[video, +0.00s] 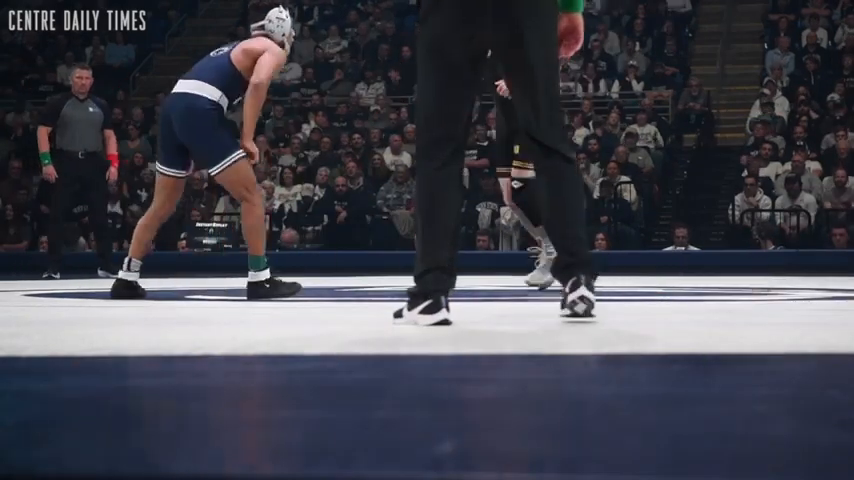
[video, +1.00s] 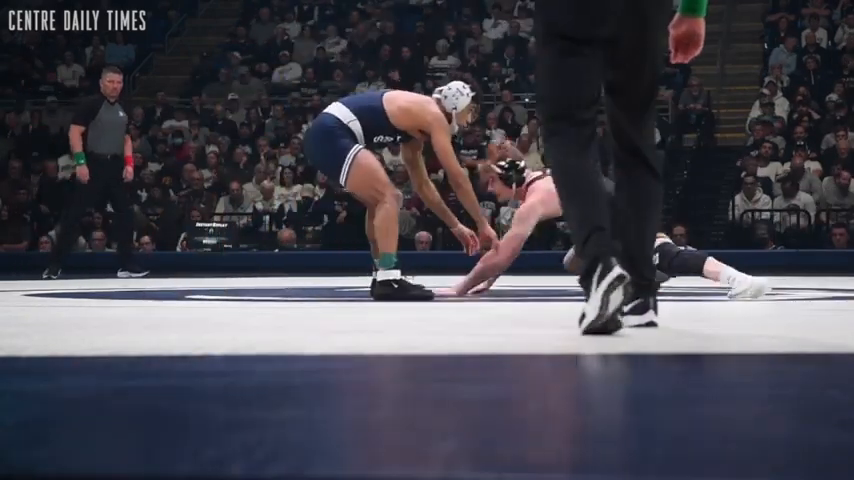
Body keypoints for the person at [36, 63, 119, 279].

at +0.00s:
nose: (83, 82)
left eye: (87, 78)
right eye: (79, 78)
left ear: (92, 81)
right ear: (71, 81)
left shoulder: (101, 106)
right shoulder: (58, 103)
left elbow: (109, 136)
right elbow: (43, 131)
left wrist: (113, 163)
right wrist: (46, 162)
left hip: (95, 164)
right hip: (66, 164)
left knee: (99, 215)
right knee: (58, 214)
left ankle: (105, 264)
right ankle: (53, 266)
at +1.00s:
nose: (115, 86)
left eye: (118, 82)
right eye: (111, 82)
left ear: (122, 85)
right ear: (101, 83)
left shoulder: (122, 109)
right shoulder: (91, 104)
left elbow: (126, 138)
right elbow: (75, 132)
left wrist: (129, 163)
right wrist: (80, 162)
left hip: (115, 167)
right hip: (93, 166)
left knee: (125, 213)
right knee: (74, 214)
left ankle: (126, 264)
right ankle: (55, 264)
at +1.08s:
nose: (124, 86)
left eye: (128, 83)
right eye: (120, 82)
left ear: (132, 86)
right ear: (111, 84)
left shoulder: (130, 109)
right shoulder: (102, 103)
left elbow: (134, 137)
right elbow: (87, 132)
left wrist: (138, 163)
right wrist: (95, 162)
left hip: (125, 166)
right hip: (105, 164)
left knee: (132, 214)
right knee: (89, 214)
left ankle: (127, 263)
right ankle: (59, 261)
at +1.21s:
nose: (137, 86)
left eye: (140, 83)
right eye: (132, 82)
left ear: (144, 86)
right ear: (123, 83)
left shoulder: (140, 109)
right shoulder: (114, 103)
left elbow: (143, 138)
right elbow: (103, 133)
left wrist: (151, 162)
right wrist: (116, 161)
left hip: (134, 164)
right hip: (113, 163)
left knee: (135, 213)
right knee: (108, 211)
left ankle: (129, 264)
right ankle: (78, 253)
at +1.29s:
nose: (143, 85)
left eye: (147, 82)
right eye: (139, 81)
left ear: (150, 84)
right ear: (129, 83)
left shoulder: (145, 107)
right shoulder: (122, 101)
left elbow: (149, 137)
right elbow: (112, 132)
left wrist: (161, 162)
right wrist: (127, 161)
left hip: (139, 162)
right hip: (122, 161)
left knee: (138, 212)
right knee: (129, 209)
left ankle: (129, 263)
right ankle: (100, 254)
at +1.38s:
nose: (151, 86)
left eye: (154, 82)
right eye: (146, 81)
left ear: (157, 85)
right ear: (137, 82)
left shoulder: (152, 107)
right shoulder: (130, 101)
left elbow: (155, 137)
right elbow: (118, 131)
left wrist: (169, 160)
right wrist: (133, 160)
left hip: (143, 161)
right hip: (128, 160)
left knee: (140, 210)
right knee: (138, 209)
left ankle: (129, 260)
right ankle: (126, 260)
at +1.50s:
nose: (162, 87)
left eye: (166, 83)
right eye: (158, 82)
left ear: (168, 86)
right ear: (148, 83)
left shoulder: (161, 107)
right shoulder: (141, 101)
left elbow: (163, 138)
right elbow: (128, 131)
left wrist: (178, 159)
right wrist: (139, 162)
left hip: (153, 163)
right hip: (140, 163)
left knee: (142, 214)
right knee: (163, 209)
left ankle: (129, 264)